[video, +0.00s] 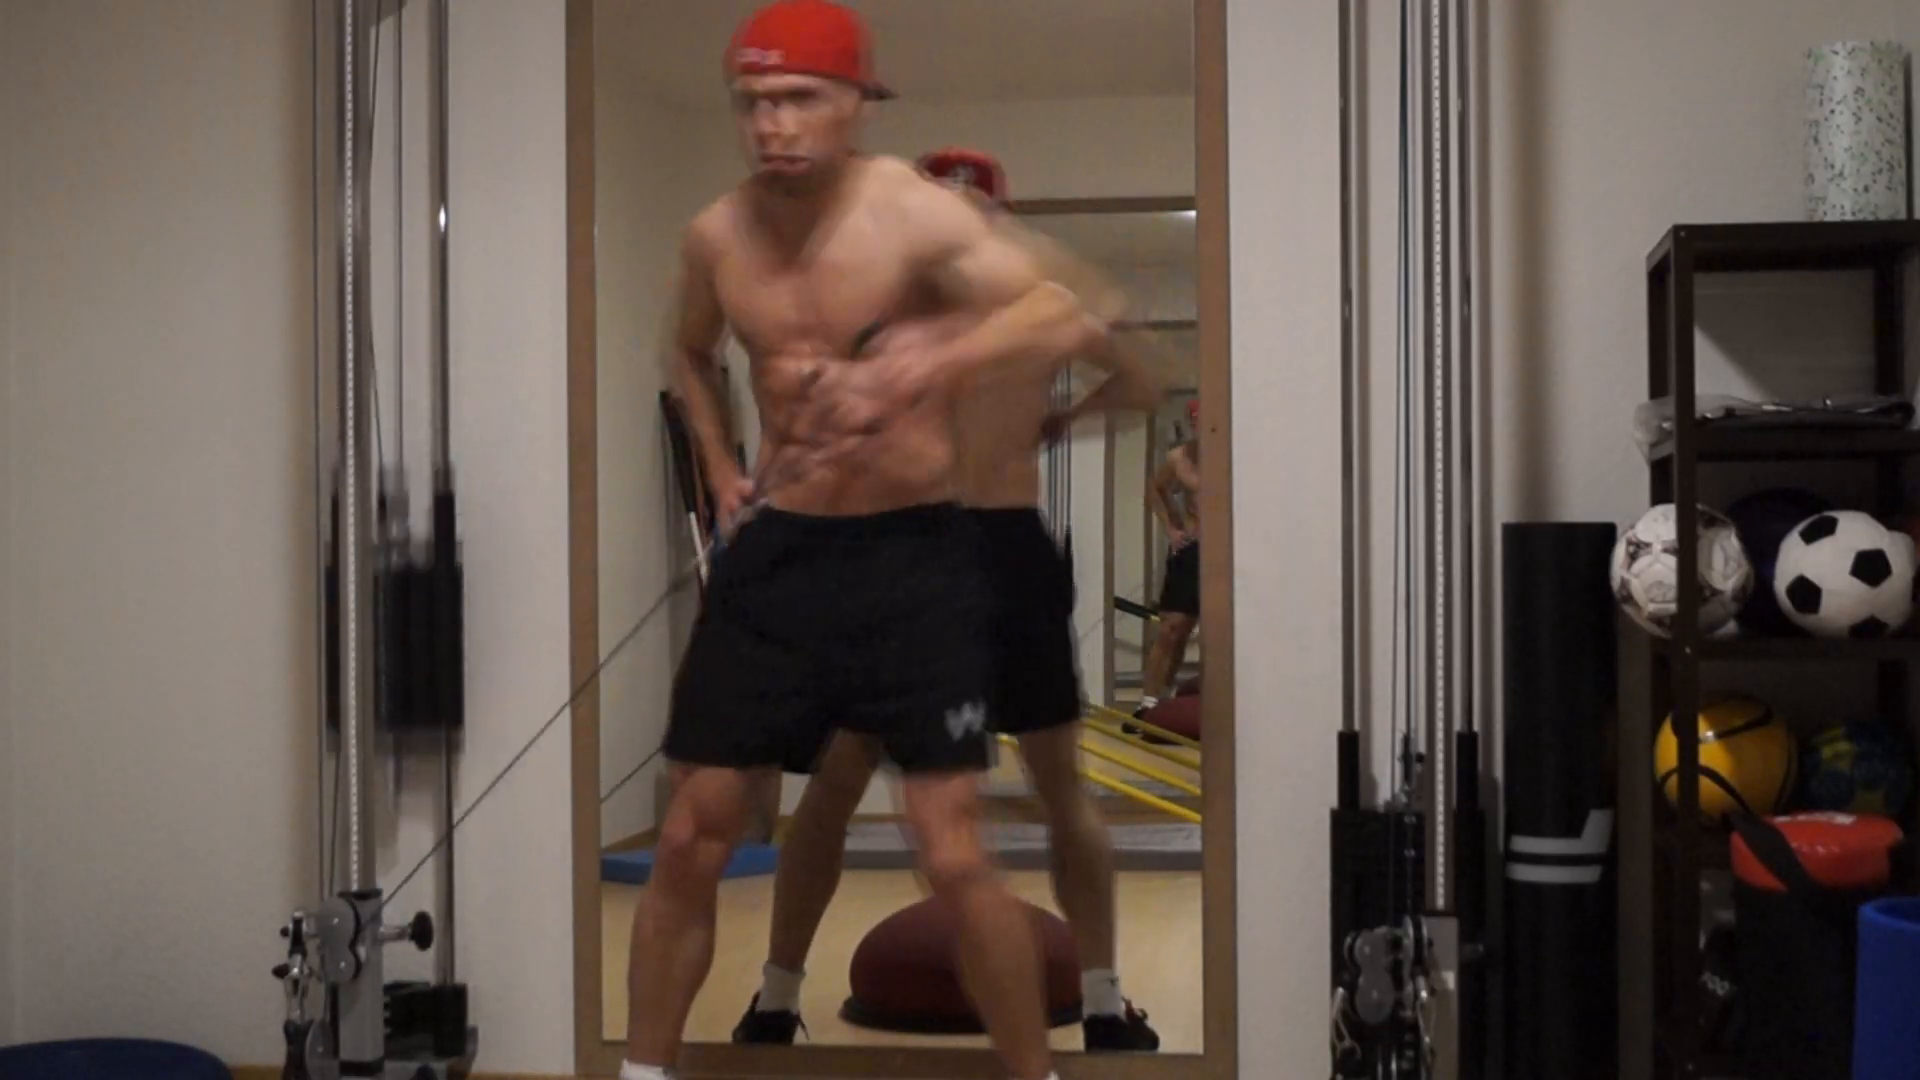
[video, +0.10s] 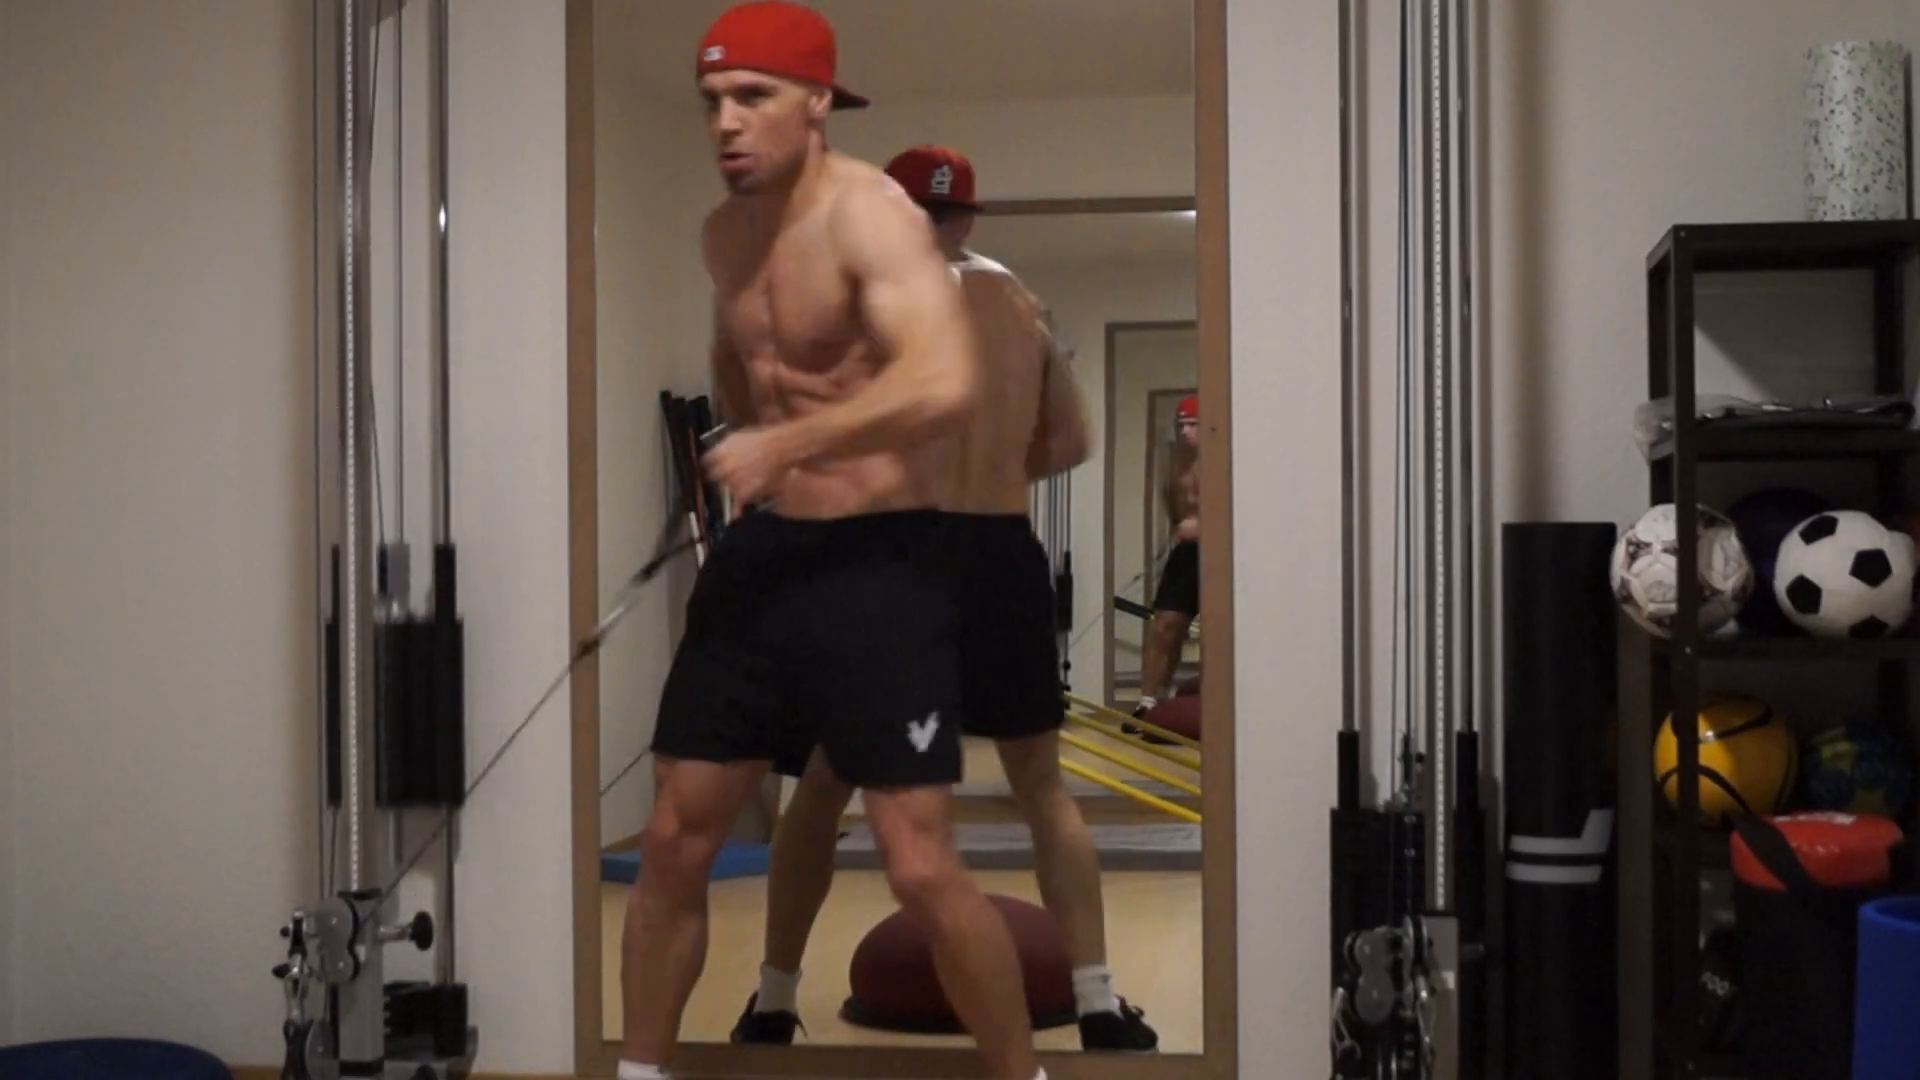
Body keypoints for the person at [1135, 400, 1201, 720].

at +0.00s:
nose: (1203, 424)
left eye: (1207, 417)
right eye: (1198, 417)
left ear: (1216, 421)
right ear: (1192, 420)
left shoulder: (1226, 457)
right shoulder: (1180, 457)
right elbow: (1155, 489)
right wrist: (1171, 528)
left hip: (1218, 548)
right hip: (1190, 546)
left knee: (1185, 628)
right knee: (1173, 625)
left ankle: (1164, 694)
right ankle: (1150, 698)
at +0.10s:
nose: (1187, 432)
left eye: (1192, 424)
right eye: (1182, 426)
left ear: (1207, 427)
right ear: (1178, 430)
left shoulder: (1218, 464)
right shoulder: (1177, 467)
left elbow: (1227, 507)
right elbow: (1173, 503)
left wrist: (1201, 523)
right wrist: (1180, 526)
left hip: (1215, 546)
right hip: (1186, 545)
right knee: (1166, 624)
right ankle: (1149, 698)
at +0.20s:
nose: (1179, 432)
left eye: (1186, 425)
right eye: (1176, 426)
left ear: (1203, 426)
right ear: (1175, 430)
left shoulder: (1207, 460)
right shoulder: (1188, 461)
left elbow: (1206, 516)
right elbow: (1195, 514)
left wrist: (1167, 538)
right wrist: (1176, 540)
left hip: (1206, 551)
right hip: (1188, 550)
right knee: (1164, 626)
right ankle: (1150, 700)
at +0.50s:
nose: (1192, 436)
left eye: (1198, 429)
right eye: (1191, 430)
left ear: (1213, 430)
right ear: (1193, 433)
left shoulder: (1224, 461)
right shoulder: (1204, 458)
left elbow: (1207, 520)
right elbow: (1201, 516)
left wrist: (1165, 549)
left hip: (1221, 546)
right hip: (1198, 546)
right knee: (1167, 626)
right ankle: (1148, 699)